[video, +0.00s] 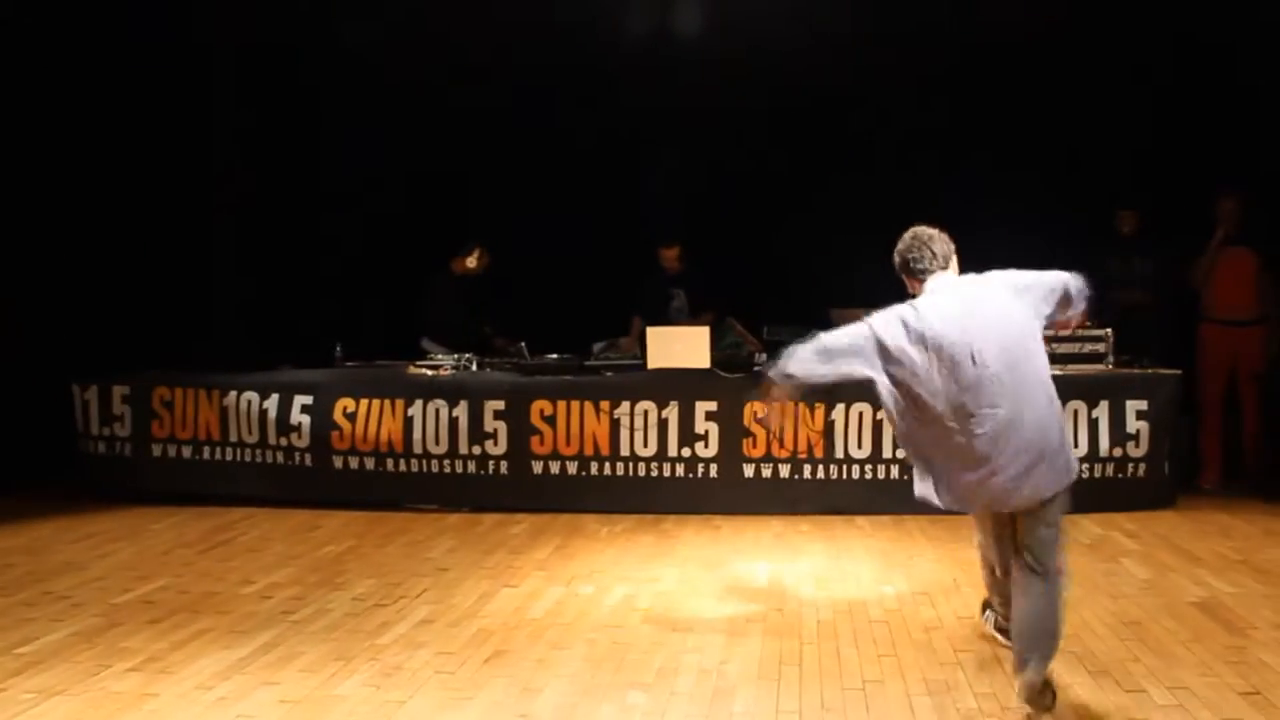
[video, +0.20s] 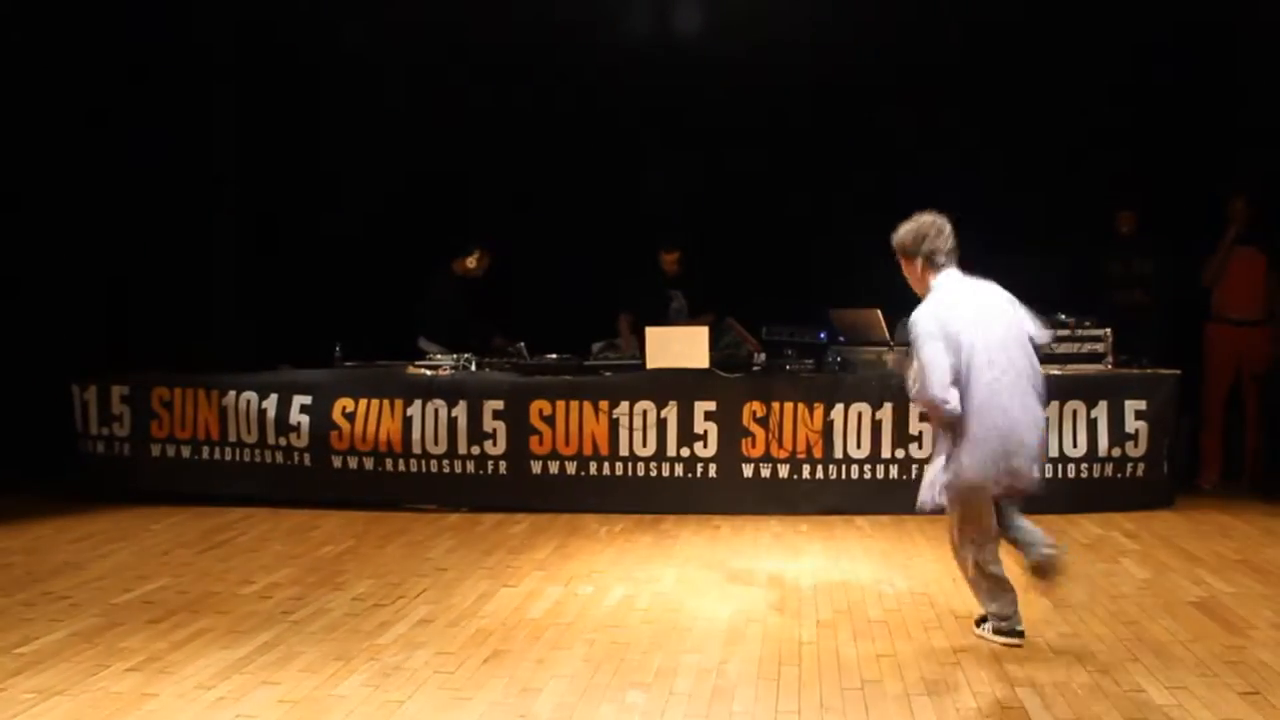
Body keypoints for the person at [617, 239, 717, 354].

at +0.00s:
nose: (671, 264)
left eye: (674, 259)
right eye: (666, 260)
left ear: (681, 258)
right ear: (659, 260)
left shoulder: (693, 280)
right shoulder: (652, 281)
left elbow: (708, 313)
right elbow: (639, 315)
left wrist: (693, 328)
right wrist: (632, 340)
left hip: (692, 338)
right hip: (659, 339)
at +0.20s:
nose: (670, 267)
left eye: (673, 263)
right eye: (666, 263)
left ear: (680, 261)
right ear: (659, 262)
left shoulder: (692, 284)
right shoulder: (649, 285)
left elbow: (709, 315)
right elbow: (625, 317)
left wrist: (687, 330)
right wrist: (628, 345)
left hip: (689, 342)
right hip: (655, 344)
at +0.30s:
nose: (667, 266)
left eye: (670, 262)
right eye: (663, 262)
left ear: (677, 260)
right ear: (656, 261)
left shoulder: (688, 282)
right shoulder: (646, 283)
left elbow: (703, 318)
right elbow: (623, 315)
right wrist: (626, 343)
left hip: (685, 341)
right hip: (652, 342)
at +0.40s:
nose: (662, 266)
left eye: (666, 262)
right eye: (658, 262)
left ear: (672, 260)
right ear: (651, 261)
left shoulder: (684, 282)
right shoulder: (642, 284)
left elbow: (700, 317)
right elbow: (623, 317)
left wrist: (678, 326)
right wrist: (626, 343)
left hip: (683, 342)